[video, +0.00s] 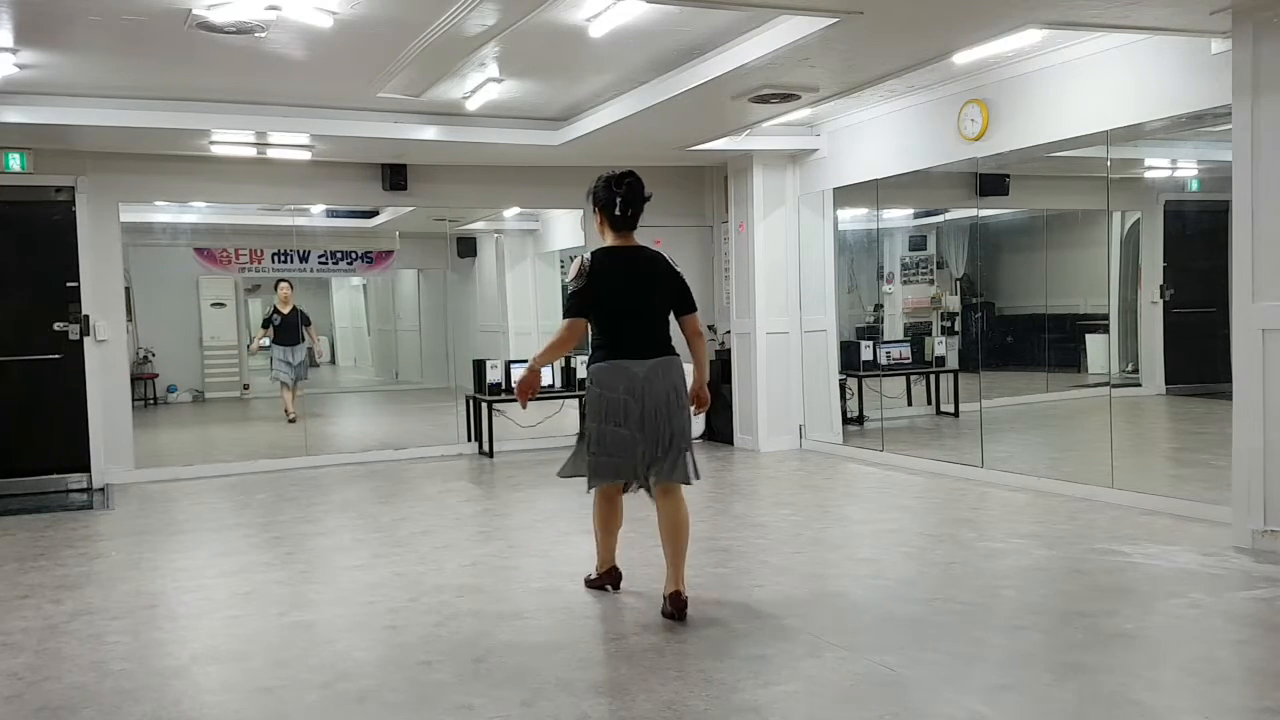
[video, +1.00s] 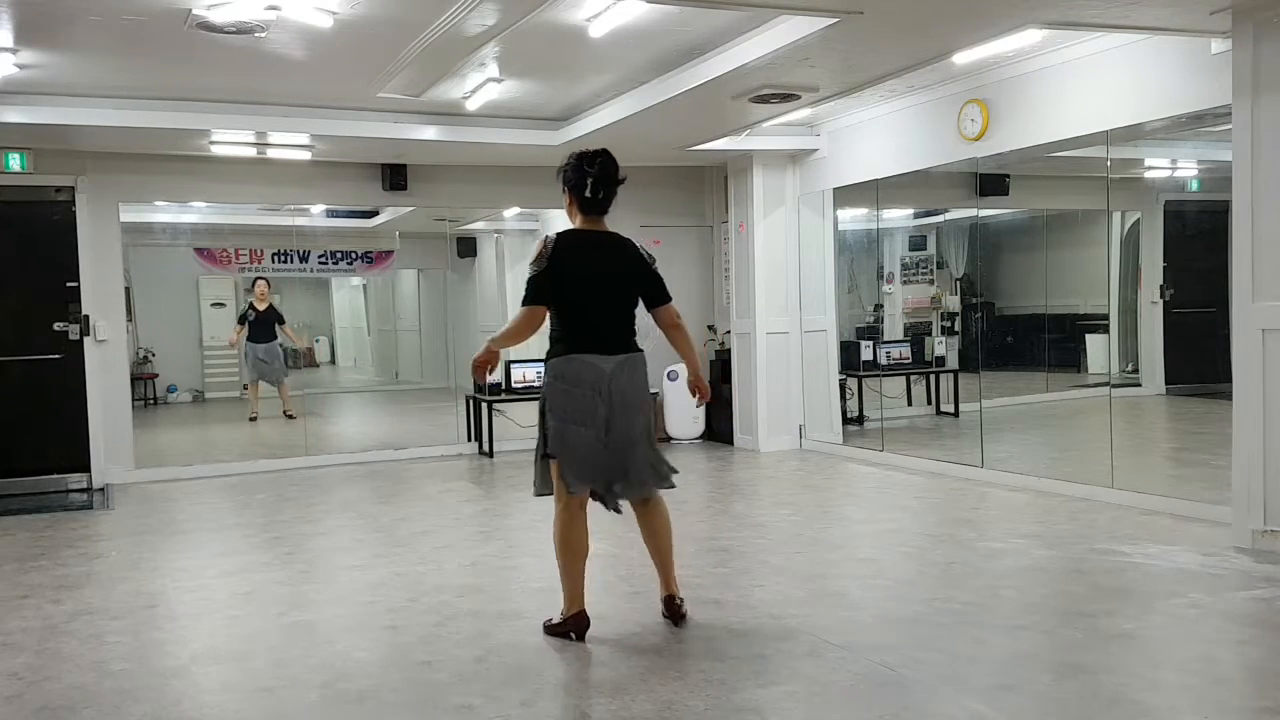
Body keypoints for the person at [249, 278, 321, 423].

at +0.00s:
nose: (285, 292)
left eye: (287, 289)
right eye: (281, 289)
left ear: (291, 291)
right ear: (276, 292)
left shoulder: (298, 311)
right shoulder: (271, 311)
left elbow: (309, 327)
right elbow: (264, 329)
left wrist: (316, 344)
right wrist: (256, 342)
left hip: (298, 349)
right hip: (280, 350)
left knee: (295, 381)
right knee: (285, 381)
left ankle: (289, 406)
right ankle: (290, 411)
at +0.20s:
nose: (283, 291)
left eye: (285, 288)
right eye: (280, 288)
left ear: (289, 290)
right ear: (275, 291)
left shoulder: (297, 309)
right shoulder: (270, 310)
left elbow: (307, 327)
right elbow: (264, 328)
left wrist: (314, 344)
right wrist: (258, 342)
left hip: (296, 346)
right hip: (278, 347)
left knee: (295, 378)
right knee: (285, 377)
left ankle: (289, 406)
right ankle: (290, 409)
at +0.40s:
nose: (282, 291)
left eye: (284, 287)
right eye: (278, 288)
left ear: (288, 290)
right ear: (273, 291)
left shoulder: (296, 309)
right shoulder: (268, 310)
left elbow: (305, 328)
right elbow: (263, 329)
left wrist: (313, 345)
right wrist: (261, 342)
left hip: (294, 346)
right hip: (275, 347)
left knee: (292, 380)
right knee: (283, 378)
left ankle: (290, 409)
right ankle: (283, 409)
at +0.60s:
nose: (278, 291)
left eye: (280, 288)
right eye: (275, 288)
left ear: (285, 290)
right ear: (269, 291)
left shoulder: (292, 309)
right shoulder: (265, 310)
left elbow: (303, 328)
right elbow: (260, 327)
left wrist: (312, 344)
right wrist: (259, 339)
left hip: (290, 347)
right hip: (271, 347)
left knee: (291, 380)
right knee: (270, 380)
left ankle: (289, 409)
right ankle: (266, 410)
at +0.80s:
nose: (271, 290)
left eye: (274, 287)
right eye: (268, 287)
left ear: (278, 289)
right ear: (263, 290)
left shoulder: (283, 309)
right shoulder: (258, 309)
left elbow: (295, 328)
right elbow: (251, 326)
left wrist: (308, 341)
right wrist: (249, 337)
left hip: (283, 348)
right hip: (264, 349)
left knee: (287, 380)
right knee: (259, 380)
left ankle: (289, 409)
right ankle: (255, 410)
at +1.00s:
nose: (262, 290)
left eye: (264, 287)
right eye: (258, 287)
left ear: (269, 290)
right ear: (253, 290)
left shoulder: (273, 308)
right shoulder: (248, 308)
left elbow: (284, 327)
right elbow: (240, 325)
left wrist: (296, 342)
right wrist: (235, 335)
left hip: (272, 347)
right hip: (253, 347)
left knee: (280, 378)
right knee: (253, 380)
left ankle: (287, 408)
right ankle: (254, 410)